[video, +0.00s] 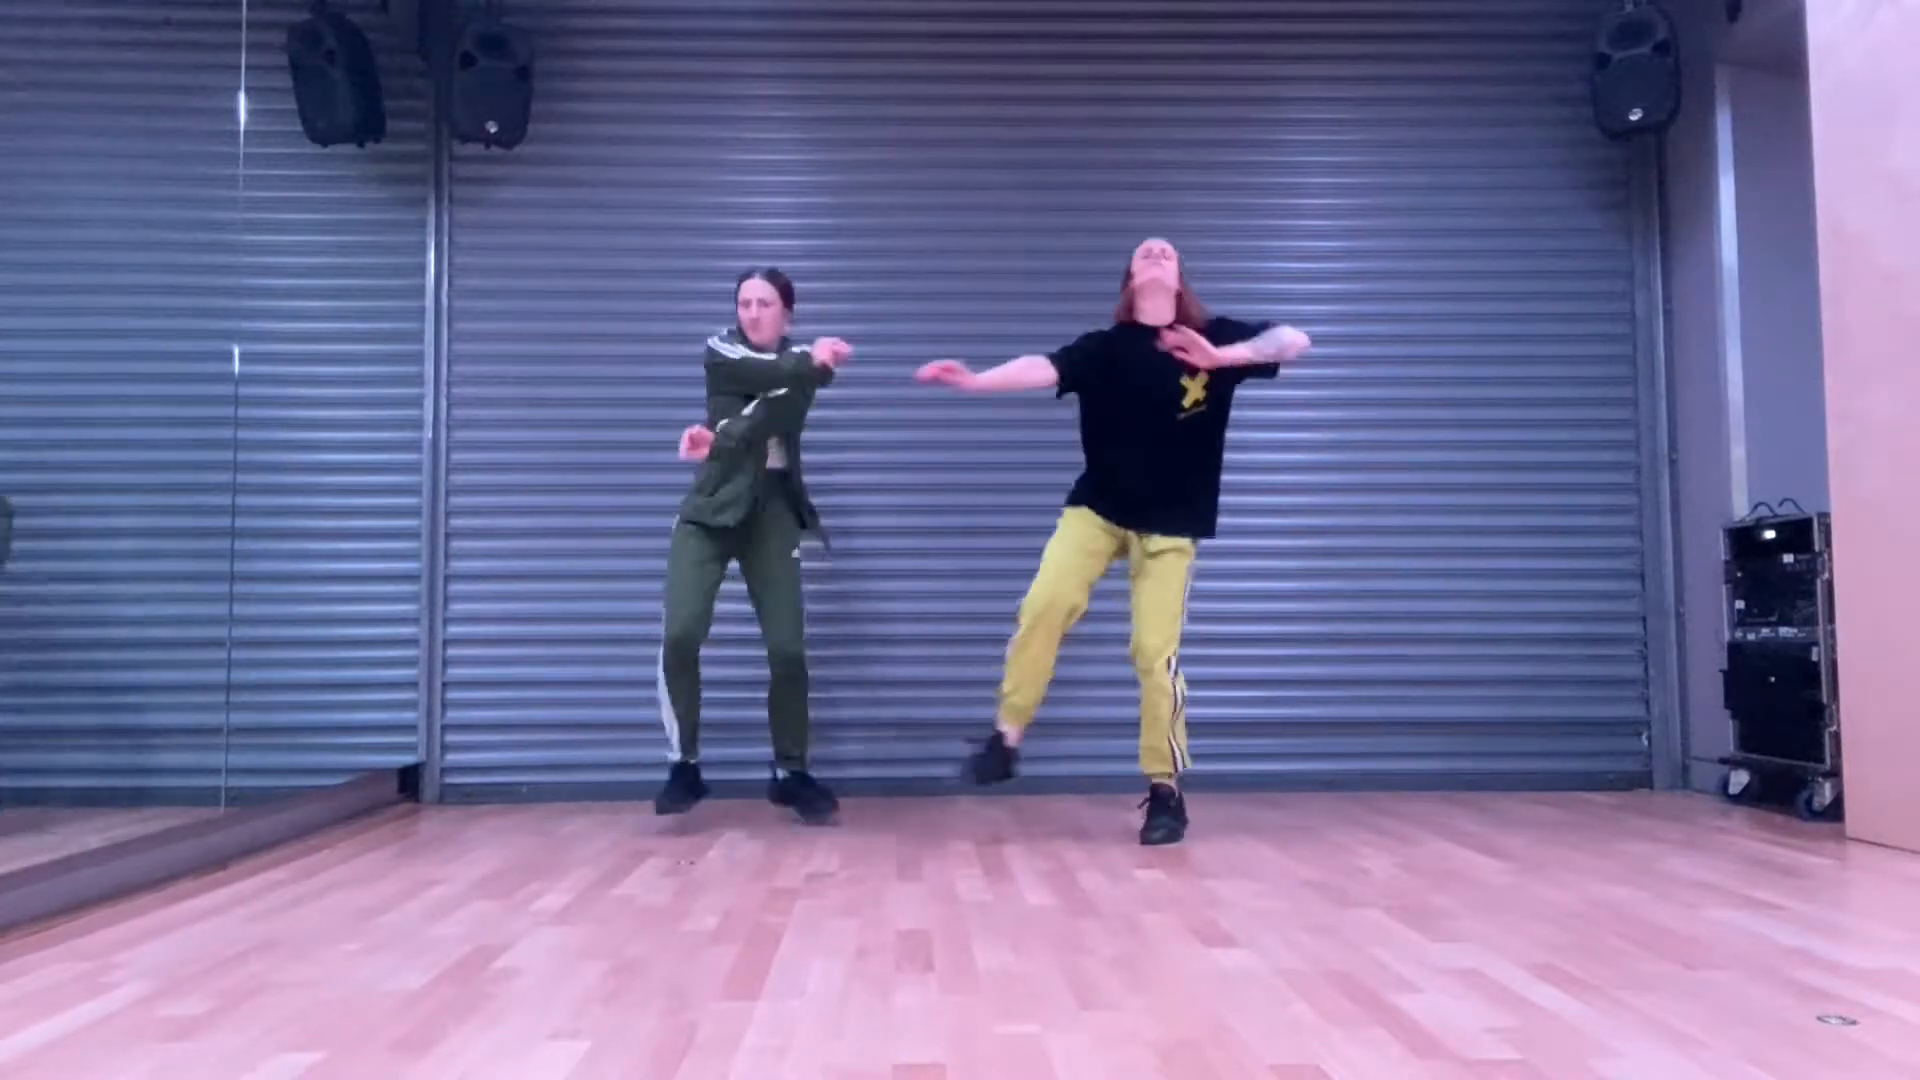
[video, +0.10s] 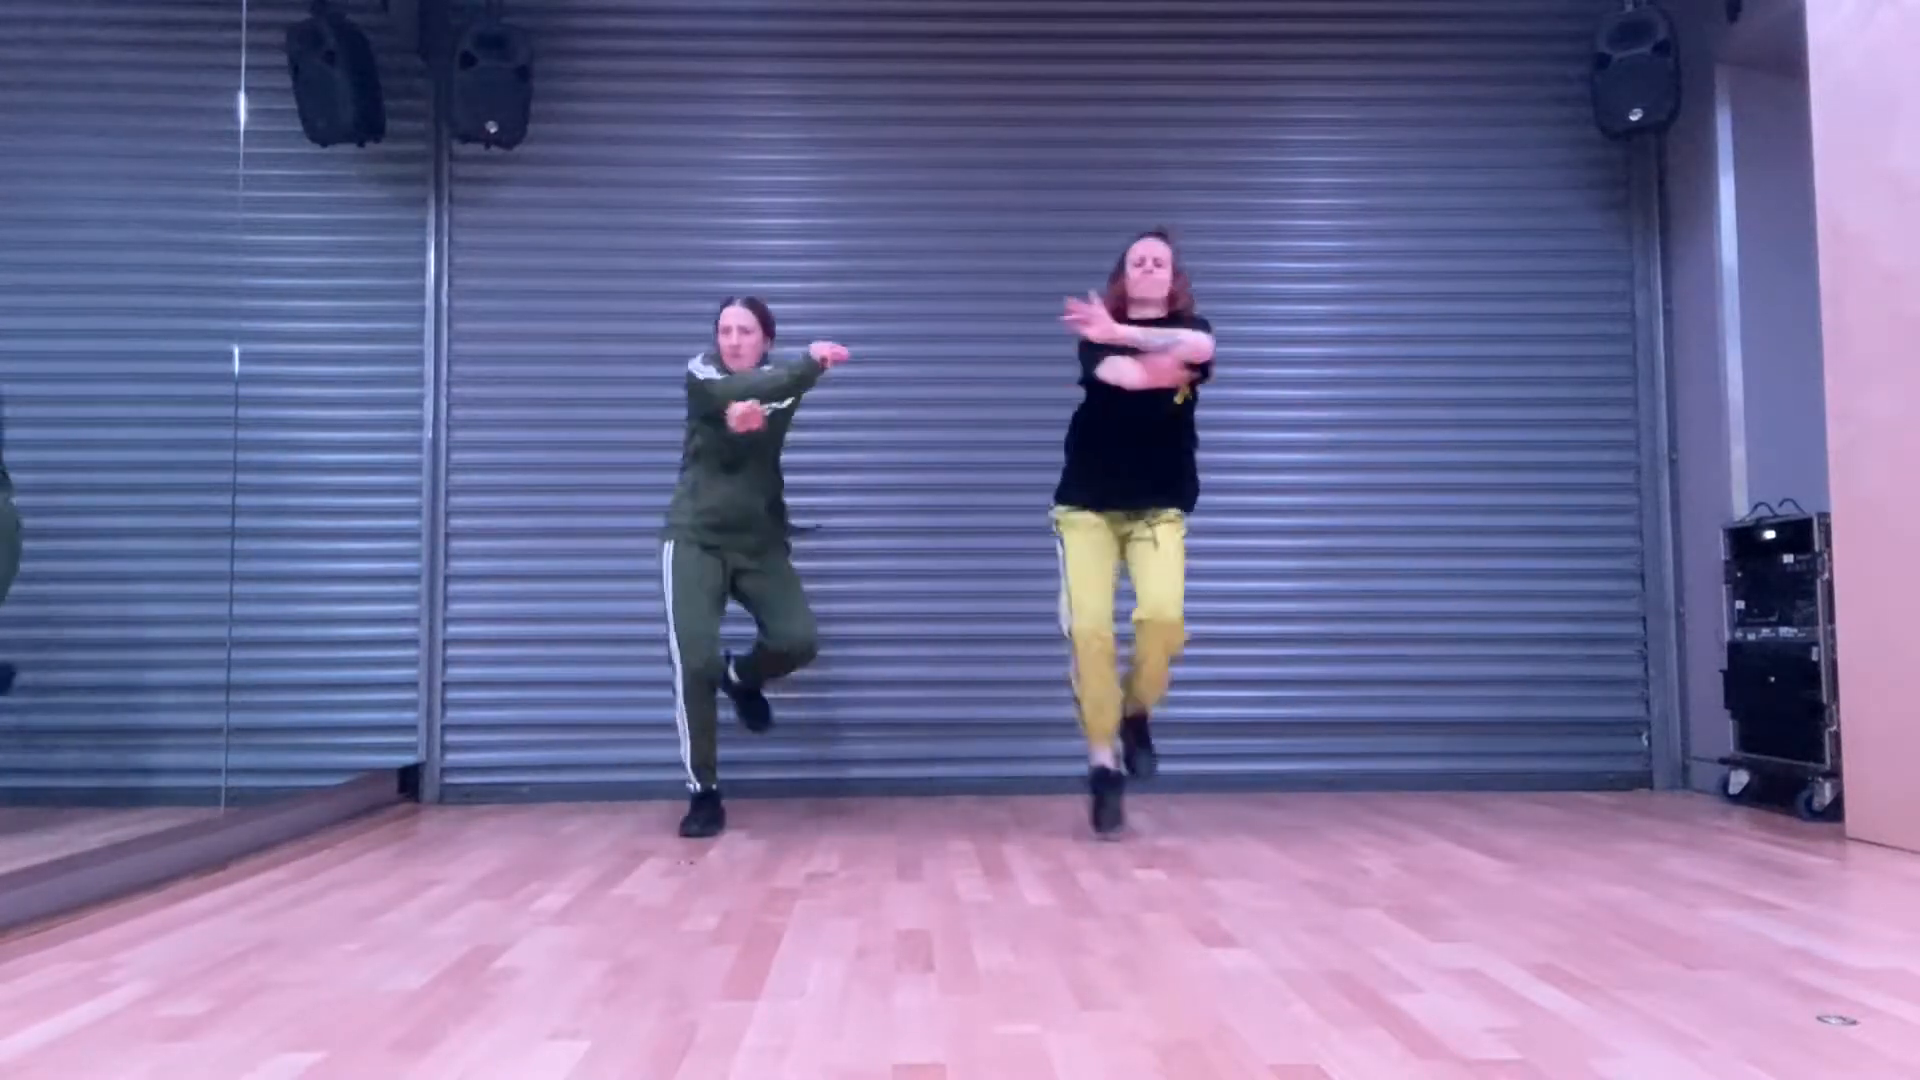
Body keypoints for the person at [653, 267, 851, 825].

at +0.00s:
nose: (753, 312)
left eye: (765, 304)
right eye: (745, 304)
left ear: (788, 314)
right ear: (735, 313)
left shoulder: (804, 366)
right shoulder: (719, 352)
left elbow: (778, 414)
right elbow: (759, 369)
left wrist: (719, 435)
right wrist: (812, 362)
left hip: (772, 507)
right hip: (709, 505)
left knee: (788, 648)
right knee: (680, 635)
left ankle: (790, 774)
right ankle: (684, 768)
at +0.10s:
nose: (735, 340)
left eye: (745, 331)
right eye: (726, 332)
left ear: (767, 339)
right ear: (715, 338)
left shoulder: (787, 375)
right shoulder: (702, 374)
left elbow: (789, 390)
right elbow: (753, 383)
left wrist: (747, 414)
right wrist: (810, 364)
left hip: (761, 544)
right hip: (696, 541)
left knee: (797, 643)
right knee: (699, 665)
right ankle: (703, 793)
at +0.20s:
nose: (723, 347)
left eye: (734, 339)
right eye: (716, 339)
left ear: (755, 347)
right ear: (704, 346)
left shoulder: (770, 393)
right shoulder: (686, 382)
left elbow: (809, 442)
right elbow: (645, 411)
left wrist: (838, 448)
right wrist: (720, 389)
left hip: (748, 556)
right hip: (684, 552)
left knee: (777, 665)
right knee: (693, 673)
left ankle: (698, 638)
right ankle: (704, 795)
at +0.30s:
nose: (714, 330)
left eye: (726, 321)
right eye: (706, 321)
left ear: (746, 332)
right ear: (694, 331)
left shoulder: (772, 394)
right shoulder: (664, 386)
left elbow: (823, 455)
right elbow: (596, 431)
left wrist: (891, 463)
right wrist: (623, 406)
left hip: (742, 549)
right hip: (678, 545)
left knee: (725, 679)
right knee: (693, 669)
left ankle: (628, 705)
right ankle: (704, 795)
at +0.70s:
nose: (707, 363)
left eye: (711, 351)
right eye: (694, 356)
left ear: (717, 343)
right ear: (670, 356)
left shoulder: (723, 377)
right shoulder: (659, 398)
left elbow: (782, 401)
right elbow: (680, 449)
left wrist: (796, 464)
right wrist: (732, 492)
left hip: (704, 542)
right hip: (659, 538)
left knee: (668, 665)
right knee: (693, 660)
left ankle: (589, 774)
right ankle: (705, 791)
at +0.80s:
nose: (740, 396)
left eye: (746, 388)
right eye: (739, 386)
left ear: (718, 365)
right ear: (715, 368)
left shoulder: (697, 394)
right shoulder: (672, 394)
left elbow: (738, 478)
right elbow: (714, 481)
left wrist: (742, 547)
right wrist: (744, 536)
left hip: (665, 542)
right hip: (662, 543)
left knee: (653, 666)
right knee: (708, 658)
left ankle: (577, 775)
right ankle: (712, 790)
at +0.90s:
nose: (744, 415)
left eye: (749, 408)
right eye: (748, 407)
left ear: (726, 363)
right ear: (743, 386)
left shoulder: (660, 382)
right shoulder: (712, 403)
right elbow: (733, 493)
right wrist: (730, 560)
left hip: (609, 546)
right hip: (664, 545)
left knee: (638, 660)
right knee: (723, 661)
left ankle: (580, 781)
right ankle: (714, 790)